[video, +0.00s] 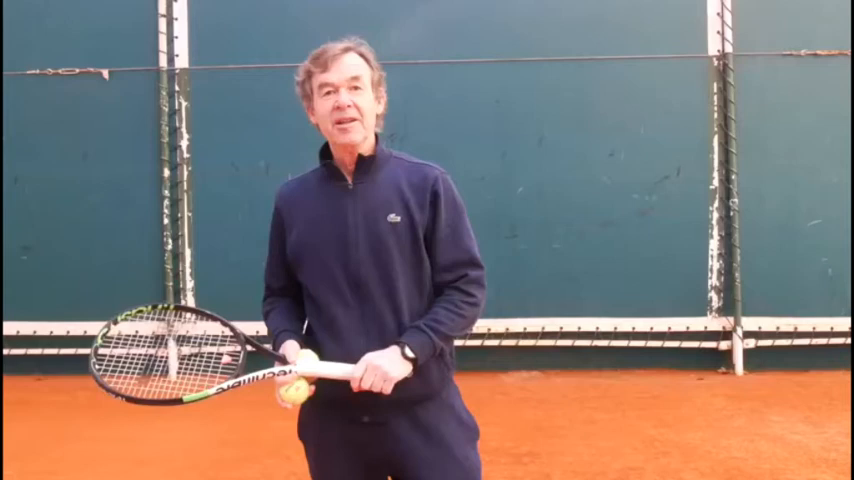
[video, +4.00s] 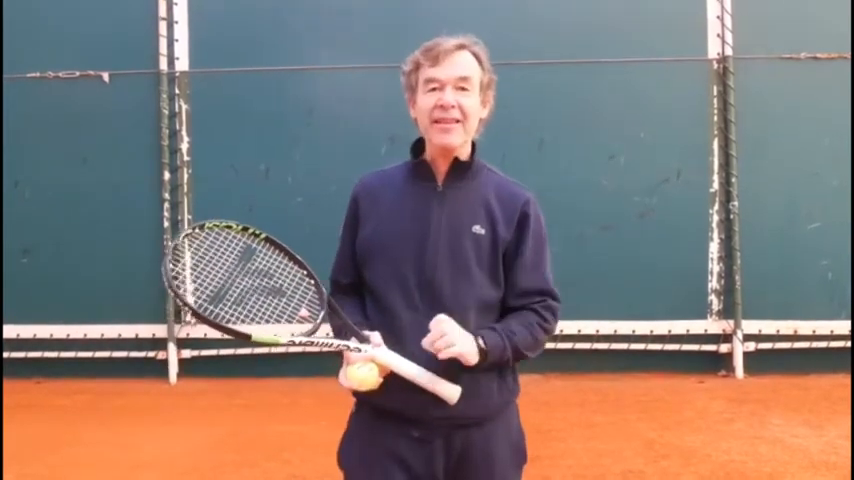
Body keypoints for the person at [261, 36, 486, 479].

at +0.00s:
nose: (342, 101)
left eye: (355, 87)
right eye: (327, 91)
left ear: (379, 101)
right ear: (312, 112)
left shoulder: (428, 186)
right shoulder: (292, 201)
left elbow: (466, 288)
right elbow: (280, 294)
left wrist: (404, 353)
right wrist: (287, 343)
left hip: (426, 418)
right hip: (333, 422)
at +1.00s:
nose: (346, 105)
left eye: (358, 90)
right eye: (332, 95)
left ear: (380, 103)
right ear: (315, 115)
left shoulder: (428, 191)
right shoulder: (290, 202)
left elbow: (461, 288)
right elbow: (277, 295)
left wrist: (421, 351)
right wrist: (275, 346)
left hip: (421, 421)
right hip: (328, 426)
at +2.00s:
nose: (336, 102)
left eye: (348, 90)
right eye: (321, 95)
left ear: (370, 107)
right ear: (306, 120)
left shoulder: (416, 195)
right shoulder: (281, 211)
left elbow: (455, 289)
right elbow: (267, 307)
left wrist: (399, 339)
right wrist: (294, 346)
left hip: (417, 418)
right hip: (325, 424)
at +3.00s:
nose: (378, 93)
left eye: (391, 81)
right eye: (364, 84)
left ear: (415, 101)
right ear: (347, 106)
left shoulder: (452, 196)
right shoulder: (310, 199)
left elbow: (484, 292)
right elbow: (288, 295)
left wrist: (440, 340)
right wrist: (316, 341)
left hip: (444, 420)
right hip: (349, 420)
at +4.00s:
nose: (447, 100)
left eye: (462, 88)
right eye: (433, 88)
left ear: (485, 105)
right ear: (413, 104)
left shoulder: (514, 206)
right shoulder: (371, 195)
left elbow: (539, 311)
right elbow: (344, 292)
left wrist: (481, 343)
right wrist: (359, 344)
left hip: (483, 433)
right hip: (385, 426)